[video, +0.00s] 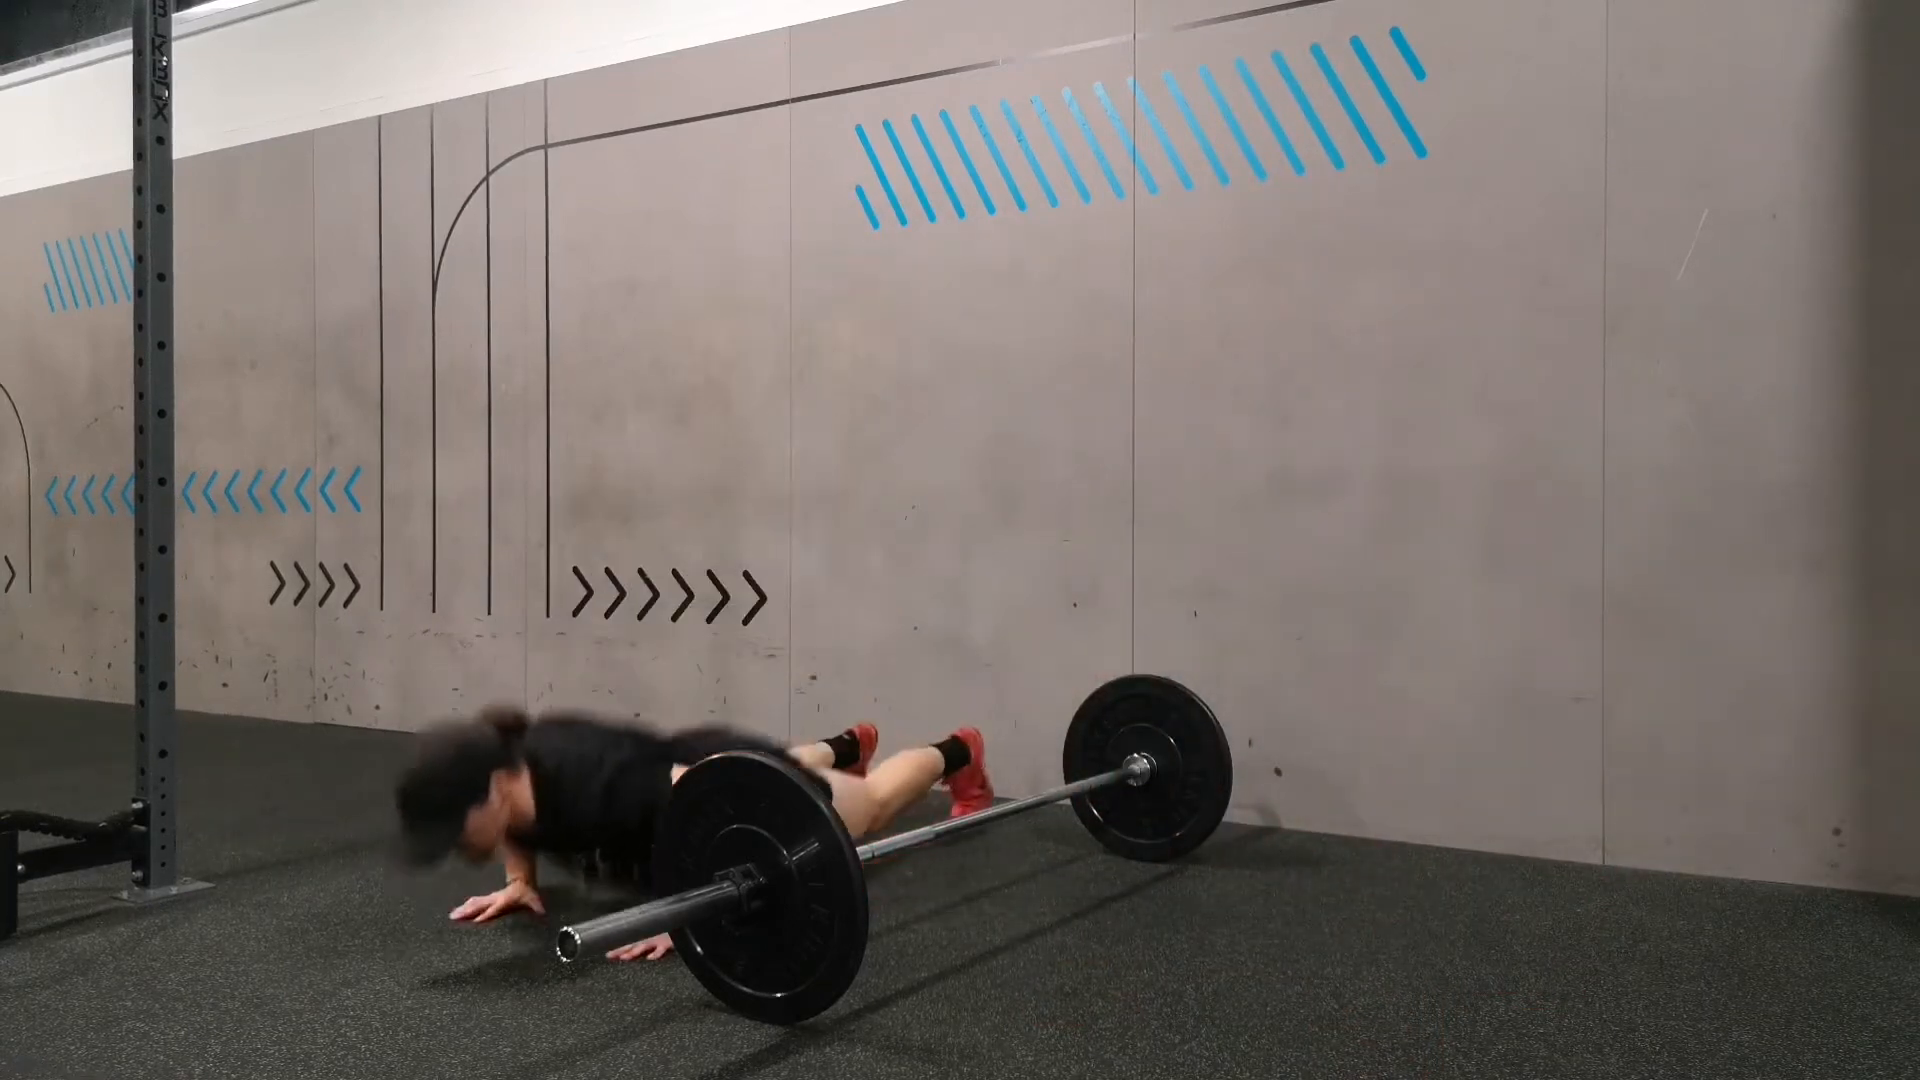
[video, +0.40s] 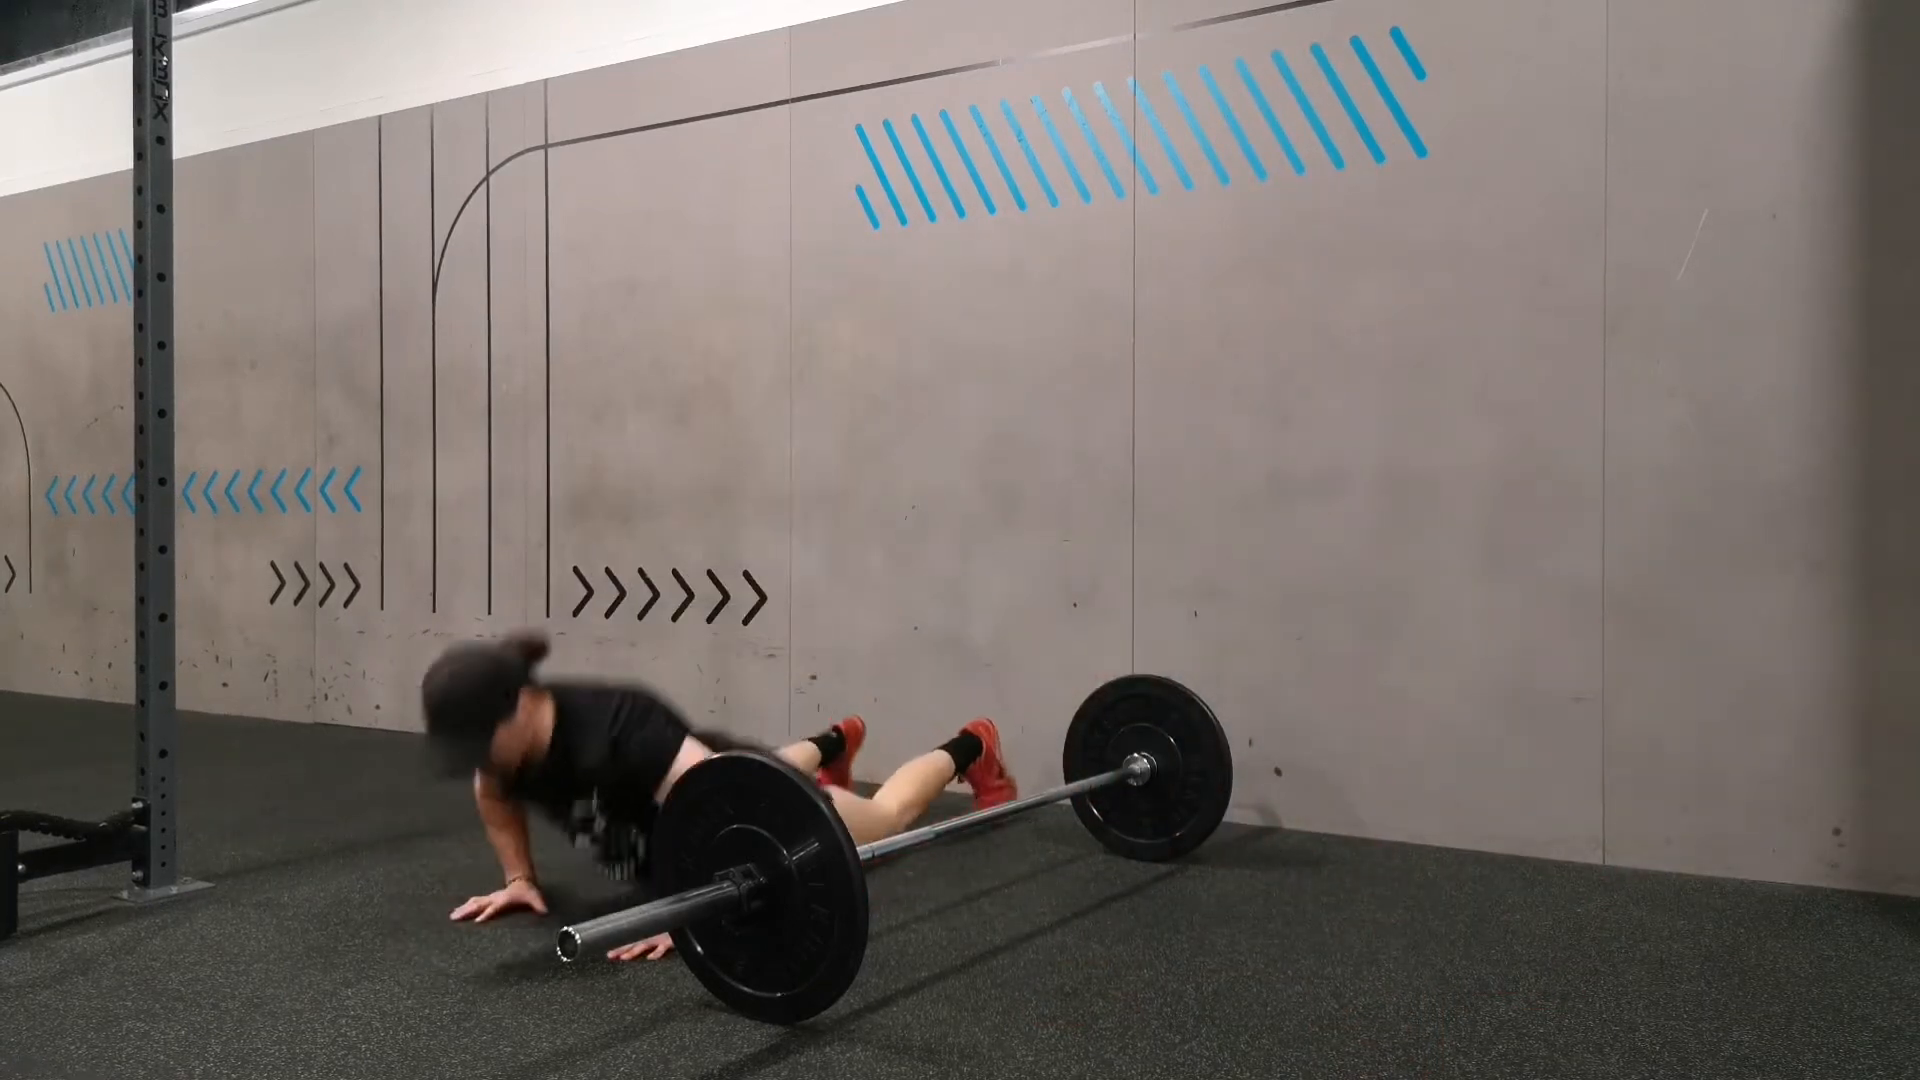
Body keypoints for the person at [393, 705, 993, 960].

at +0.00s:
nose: (465, 847)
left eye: (462, 835)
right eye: (454, 842)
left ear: (489, 801)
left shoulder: (594, 785)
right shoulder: (505, 767)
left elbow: (705, 799)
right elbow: (509, 816)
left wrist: (679, 913)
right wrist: (521, 882)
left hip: (747, 786)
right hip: (689, 763)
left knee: (870, 801)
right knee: (775, 765)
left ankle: (952, 753)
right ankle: (844, 749)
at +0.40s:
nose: (481, 762)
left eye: (484, 746)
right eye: (472, 752)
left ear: (519, 712)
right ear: (490, 727)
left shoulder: (623, 725)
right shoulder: (502, 741)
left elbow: (724, 799)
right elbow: (495, 797)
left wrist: (681, 907)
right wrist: (518, 877)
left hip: (761, 798)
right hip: (693, 788)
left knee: (886, 817)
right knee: (766, 770)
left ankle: (965, 745)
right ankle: (827, 742)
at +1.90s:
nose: (1077, 543)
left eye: (1082, 522)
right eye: (1060, 530)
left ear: (1110, 474)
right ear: (1033, 501)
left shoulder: (1188, 479)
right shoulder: (1045, 516)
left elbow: (1308, 642)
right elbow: (1031, 679)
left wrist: (1380, 809)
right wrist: (1038, 836)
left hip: (1288, 537)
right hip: (1180, 557)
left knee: (1371, 745)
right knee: (1089, 693)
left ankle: (1492, 892)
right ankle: (1119, 885)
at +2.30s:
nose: (1145, 864)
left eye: (1147, 847)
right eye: (1120, 854)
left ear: (1176, 792)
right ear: (1064, 805)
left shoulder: (1275, 783)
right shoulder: (1064, 775)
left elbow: (1418, 882)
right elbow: (1025, 847)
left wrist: (1391, 1042)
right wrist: (1049, 971)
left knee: (1420, 831)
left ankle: (1525, 803)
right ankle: (1292, 835)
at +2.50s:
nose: (1127, 987)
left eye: (1137, 969)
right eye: (1104, 975)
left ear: (1175, 919)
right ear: (1069, 920)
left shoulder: (1288, 905)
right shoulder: (1063, 884)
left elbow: (1443, 897)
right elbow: (1009, 842)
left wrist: (1395, 1040)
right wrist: (1042, 968)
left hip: (1331, 867)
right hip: (1200, 856)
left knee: (1451, 873)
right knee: (1253, 829)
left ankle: (1510, 803)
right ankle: (1312, 789)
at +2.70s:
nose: (1120, 973)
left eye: (1131, 957)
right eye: (1099, 960)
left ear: (1171, 909)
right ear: (1072, 906)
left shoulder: (1284, 897)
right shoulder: (1059, 878)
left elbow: (1447, 902)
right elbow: (999, 845)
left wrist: (1395, 1040)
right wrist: (1042, 975)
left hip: (1341, 870)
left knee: (1454, 876)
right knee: (1249, 824)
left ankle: (1503, 795)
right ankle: (1297, 775)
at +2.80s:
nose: (1122, 870)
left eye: (1132, 851)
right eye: (1105, 855)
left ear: (1176, 809)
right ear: (1075, 816)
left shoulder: (1270, 826)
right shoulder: (1070, 811)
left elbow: (1446, 899)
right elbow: (999, 855)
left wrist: (1393, 1039)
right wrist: (1047, 969)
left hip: (1329, 929)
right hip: (1204, 926)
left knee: (1446, 881)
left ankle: (1505, 805)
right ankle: (1299, 789)